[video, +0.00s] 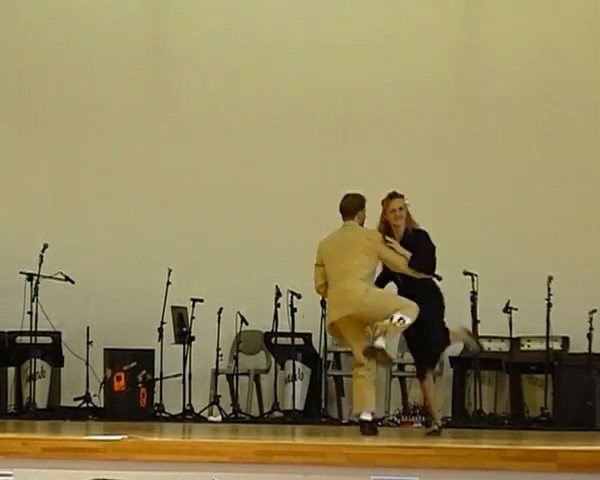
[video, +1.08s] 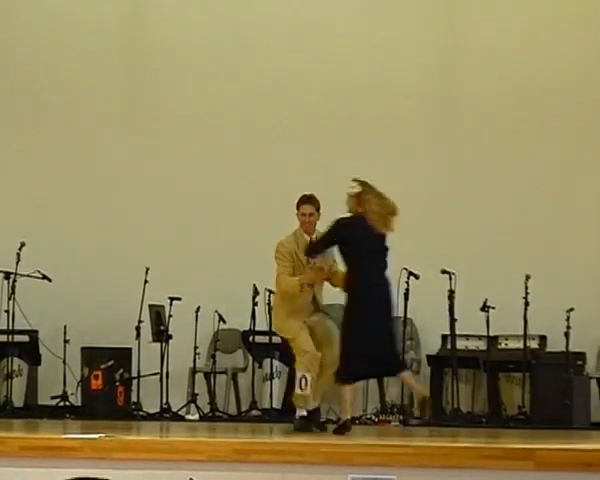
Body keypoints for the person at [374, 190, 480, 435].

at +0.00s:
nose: (398, 214)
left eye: (401, 209)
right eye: (392, 211)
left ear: (407, 210)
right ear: (385, 215)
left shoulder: (420, 236)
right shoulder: (387, 242)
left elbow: (429, 267)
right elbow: (387, 272)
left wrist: (401, 251)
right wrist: (372, 291)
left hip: (428, 294)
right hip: (406, 297)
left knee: (432, 348)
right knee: (421, 361)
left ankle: (459, 335)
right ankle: (435, 420)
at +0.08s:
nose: (402, 209)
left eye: (405, 204)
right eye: (397, 205)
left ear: (411, 204)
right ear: (390, 209)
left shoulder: (423, 229)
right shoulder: (394, 234)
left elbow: (427, 265)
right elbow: (398, 265)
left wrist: (400, 263)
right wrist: (380, 281)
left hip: (434, 286)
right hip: (414, 291)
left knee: (430, 329)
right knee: (420, 355)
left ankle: (463, 372)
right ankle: (434, 413)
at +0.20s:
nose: (408, 210)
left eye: (412, 205)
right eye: (403, 207)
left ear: (420, 206)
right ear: (398, 212)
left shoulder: (429, 229)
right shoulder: (407, 236)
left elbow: (427, 257)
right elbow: (409, 266)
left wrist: (401, 258)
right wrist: (397, 265)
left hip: (443, 289)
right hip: (424, 292)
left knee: (440, 336)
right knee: (425, 347)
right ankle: (441, 418)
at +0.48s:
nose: (411, 222)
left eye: (415, 218)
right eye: (411, 218)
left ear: (427, 217)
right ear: (425, 219)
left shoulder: (429, 241)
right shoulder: (439, 242)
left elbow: (404, 264)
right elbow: (429, 283)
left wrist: (370, 278)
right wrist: (398, 294)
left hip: (451, 308)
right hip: (460, 307)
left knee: (415, 356)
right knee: (428, 361)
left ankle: (435, 416)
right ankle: (438, 416)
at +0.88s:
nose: (395, 215)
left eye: (399, 212)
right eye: (397, 211)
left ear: (409, 217)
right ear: (413, 217)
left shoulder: (403, 241)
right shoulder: (423, 241)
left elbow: (377, 266)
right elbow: (415, 274)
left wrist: (353, 273)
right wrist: (385, 278)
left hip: (432, 304)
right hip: (448, 302)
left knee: (401, 351)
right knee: (432, 357)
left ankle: (410, 405)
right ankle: (450, 417)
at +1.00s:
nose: (368, 203)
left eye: (372, 200)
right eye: (370, 199)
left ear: (381, 204)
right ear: (390, 205)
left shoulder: (369, 226)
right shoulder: (395, 228)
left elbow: (346, 254)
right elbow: (387, 261)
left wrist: (328, 265)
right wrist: (363, 271)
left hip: (388, 292)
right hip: (406, 290)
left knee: (368, 352)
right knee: (410, 351)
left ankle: (357, 413)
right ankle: (438, 406)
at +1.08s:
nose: (350, 203)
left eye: (352, 200)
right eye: (352, 200)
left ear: (357, 203)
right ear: (373, 205)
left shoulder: (344, 225)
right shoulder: (378, 227)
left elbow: (313, 250)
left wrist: (314, 241)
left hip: (359, 294)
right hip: (381, 293)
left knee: (348, 354)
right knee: (385, 352)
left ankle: (346, 417)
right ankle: (419, 392)